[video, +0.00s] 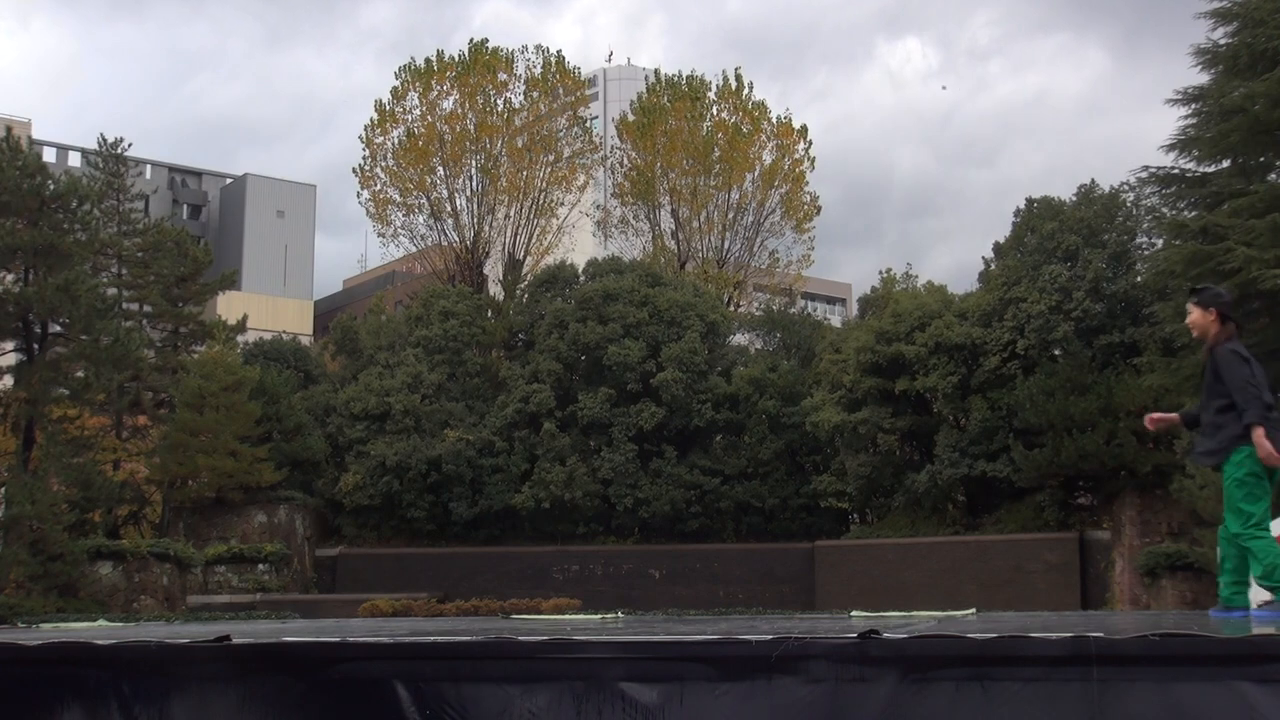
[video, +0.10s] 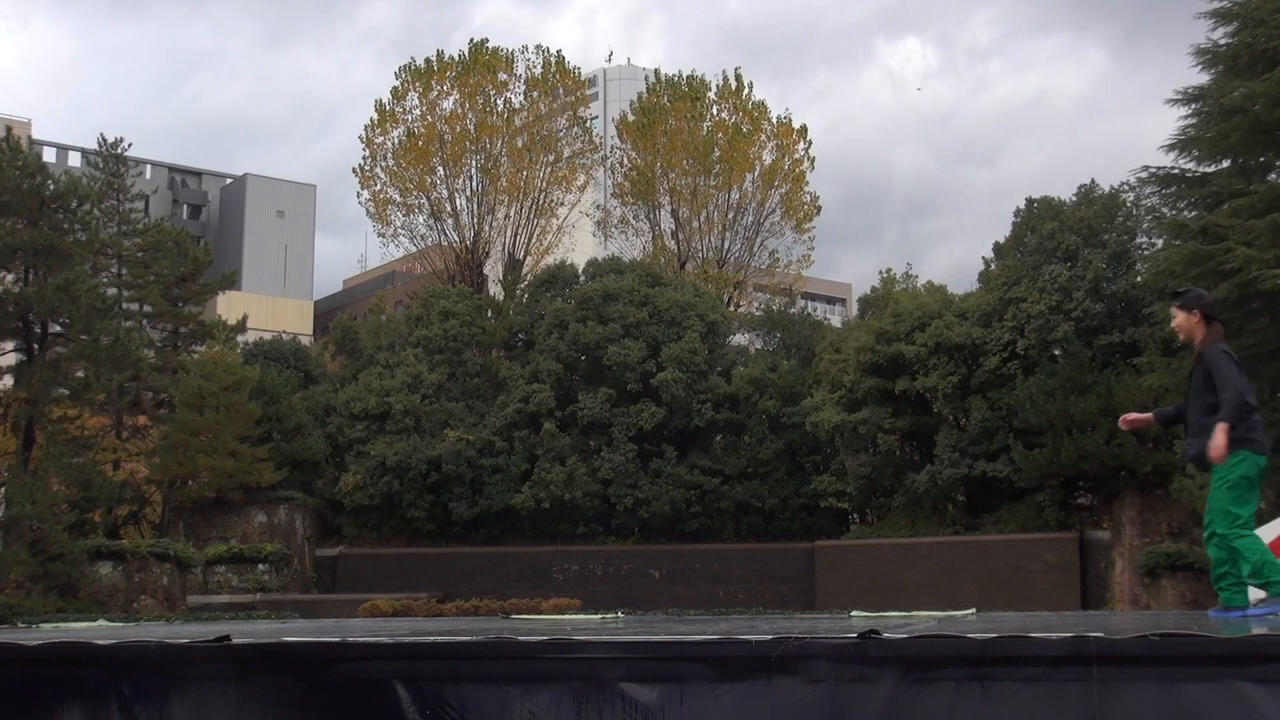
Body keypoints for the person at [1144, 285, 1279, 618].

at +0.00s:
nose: (1187, 321)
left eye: (1191, 313)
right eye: (1187, 314)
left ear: (1212, 314)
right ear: (1212, 316)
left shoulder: (1227, 352)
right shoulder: (1219, 354)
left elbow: (1249, 394)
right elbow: (1213, 411)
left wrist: (1258, 437)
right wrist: (1173, 419)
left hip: (1247, 450)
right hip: (1243, 450)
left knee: (1248, 529)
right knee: (1232, 532)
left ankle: (1279, 592)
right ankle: (1233, 604)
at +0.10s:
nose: (1173, 325)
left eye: (1176, 317)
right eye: (1172, 319)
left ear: (1197, 316)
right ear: (1195, 318)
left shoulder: (1215, 353)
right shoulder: (1203, 357)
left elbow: (1234, 391)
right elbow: (1193, 407)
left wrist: (1221, 428)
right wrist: (1150, 418)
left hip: (1243, 451)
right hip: (1230, 453)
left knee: (1230, 526)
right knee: (1216, 528)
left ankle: (1276, 587)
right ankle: (1233, 601)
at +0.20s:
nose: (1155, 332)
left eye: (1157, 324)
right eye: (1153, 325)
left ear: (1177, 319)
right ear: (1174, 322)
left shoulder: (1205, 351)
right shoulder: (1185, 361)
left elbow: (1215, 387)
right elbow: (1177, 408)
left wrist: (1178, 417)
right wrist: (1145, 425)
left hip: (1233, 449)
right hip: (1213, 453)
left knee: (1203, 515)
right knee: (1211, 520)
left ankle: (1239, 595)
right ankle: (1236, 595)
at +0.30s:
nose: (1137, 344)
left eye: (1138, 335)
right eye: (1134, 337)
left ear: (1157, 327)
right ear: (1155, 330)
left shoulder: (1194, 358)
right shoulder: (1168, 366)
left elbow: (1196, 393)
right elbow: (1183, 409)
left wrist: (1150, 409)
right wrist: (1163, 433)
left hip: (1223, 456)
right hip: (1199, 459)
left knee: (1187, 516)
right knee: (1209, 530)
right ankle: (1237, 599)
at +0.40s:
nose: (1124, 349)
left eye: (1123, 341)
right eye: (1121, 344)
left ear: (1140, 331)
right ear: (1140, 333)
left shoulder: (1178, 358)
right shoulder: (1161, 365)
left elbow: (1179, 399)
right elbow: (1171, 410)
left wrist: (1133, 415)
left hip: (1207, 456)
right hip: (1184, 458)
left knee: (1174, 518)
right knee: (1170, 518)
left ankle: (1185, 599)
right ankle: (1216, 581)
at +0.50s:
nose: (1116, 345)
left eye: (1115, 336)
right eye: (1113, 339)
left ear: (1131, 326)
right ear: (1131, 328)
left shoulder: (1163, 349)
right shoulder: (1150, 357)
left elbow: (1167, 391)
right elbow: (1168, 402)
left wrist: (1132, 420)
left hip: (1197, 451)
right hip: (1170, 454)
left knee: (1173, 521)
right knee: (1140, 498)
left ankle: (1185, 599)